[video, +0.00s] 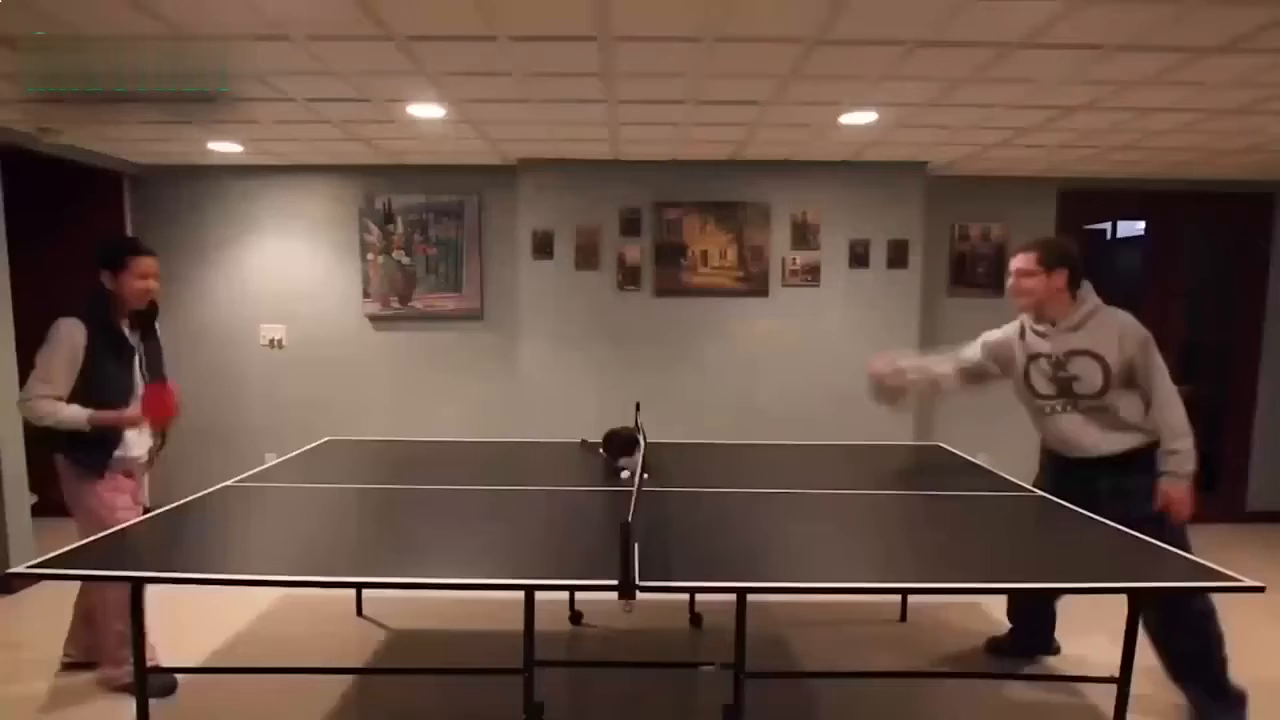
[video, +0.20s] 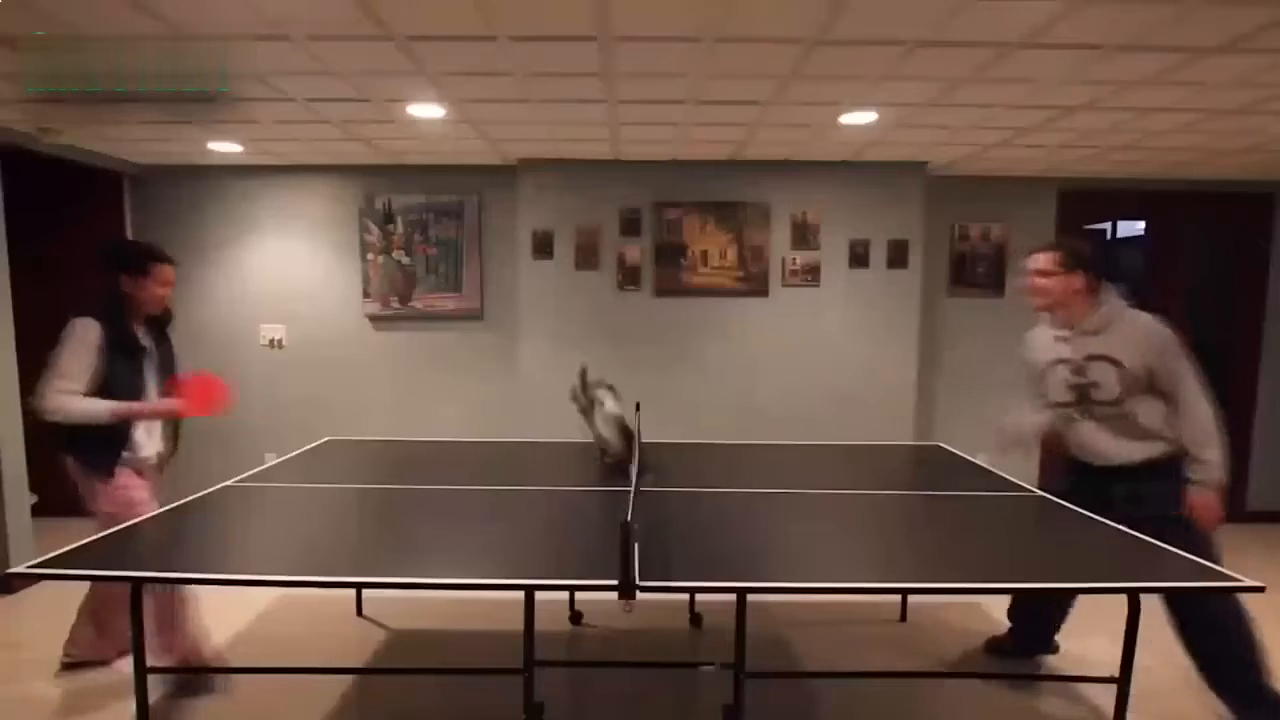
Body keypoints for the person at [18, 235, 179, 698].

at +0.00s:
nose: (152, 288)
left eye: (155, 278)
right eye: (142, 278)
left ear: (156, 282)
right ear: (110, 280)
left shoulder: (145, 333)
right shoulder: (75, 331)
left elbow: (149, 400)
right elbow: (34, 404)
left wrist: (160, 416)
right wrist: (112, 418)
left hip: (134, 466)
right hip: (90, 469)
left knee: (114, 554)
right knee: (127, 554)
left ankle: (83, 647)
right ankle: (124, 667)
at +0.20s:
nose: (168, 296)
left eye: (170, 286)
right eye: (161, 285)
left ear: (161, 288)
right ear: (130, 284)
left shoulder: (155, 335)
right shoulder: (91, 330)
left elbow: (155, 396)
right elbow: (51, 401)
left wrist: (187, 398)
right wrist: (132, 410)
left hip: (147, 463)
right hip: (104, 465)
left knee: (125, 553)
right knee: (156, 543)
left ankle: (86, 650)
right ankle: (187, 659)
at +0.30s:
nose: (199, 310)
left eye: (201, 300)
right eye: (192, 299)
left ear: (185, 300)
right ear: (162, 296)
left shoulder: (176, 346)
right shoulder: (119, 339)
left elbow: (173, 414)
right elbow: (101, 408)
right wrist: (183, 410)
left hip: (160, 469)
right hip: (121, 470)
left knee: (139, 558)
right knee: (180, 551)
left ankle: (87, 650)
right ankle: (224, 656)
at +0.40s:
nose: (238, 316)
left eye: (241, 306)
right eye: (231, 304)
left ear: (220, 306)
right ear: (205, 301)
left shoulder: (203, 346)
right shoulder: (164, 343)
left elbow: (194, 410)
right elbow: (170, 411)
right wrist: (249, 416)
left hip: (181, 475)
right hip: (145, 476)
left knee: (147, 564)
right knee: (213, 559)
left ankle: (92, 652)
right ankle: (228, 658)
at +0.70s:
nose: (274, 325)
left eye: (278, 316)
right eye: (274, 315)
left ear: (242, 298)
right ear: (256, 305)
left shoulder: (192, 322)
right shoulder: (224, 342)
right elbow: (229, 427)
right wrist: (273, 427)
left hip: (143, 455)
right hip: (173, 466)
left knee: (164, 551)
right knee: (227, 556)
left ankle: (135, 636)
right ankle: (229, 658)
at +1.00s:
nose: (221, 306)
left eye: (223, 297)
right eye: (216, 296)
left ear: (186, 294)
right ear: (189, 294)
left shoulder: (151, 320)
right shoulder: (170, 340)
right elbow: (201, 413)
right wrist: (252, 404)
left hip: (111, 449)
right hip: (131, 459)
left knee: (135, 547)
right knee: (165, 550)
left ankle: (116, 633)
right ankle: (168, 655)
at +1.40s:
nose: (174, 282)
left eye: (176, 274)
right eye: (166, 274)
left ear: (172, 277)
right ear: (140, 276)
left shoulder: (151, 318)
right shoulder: (123, 323)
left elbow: (151, 389)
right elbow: (135, 399)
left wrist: (182, 407)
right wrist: (199, 400)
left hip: (139, 448)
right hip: (122, 450)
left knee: (134, 540)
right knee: (153, 540)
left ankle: (115, 634)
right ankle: (156, 651)